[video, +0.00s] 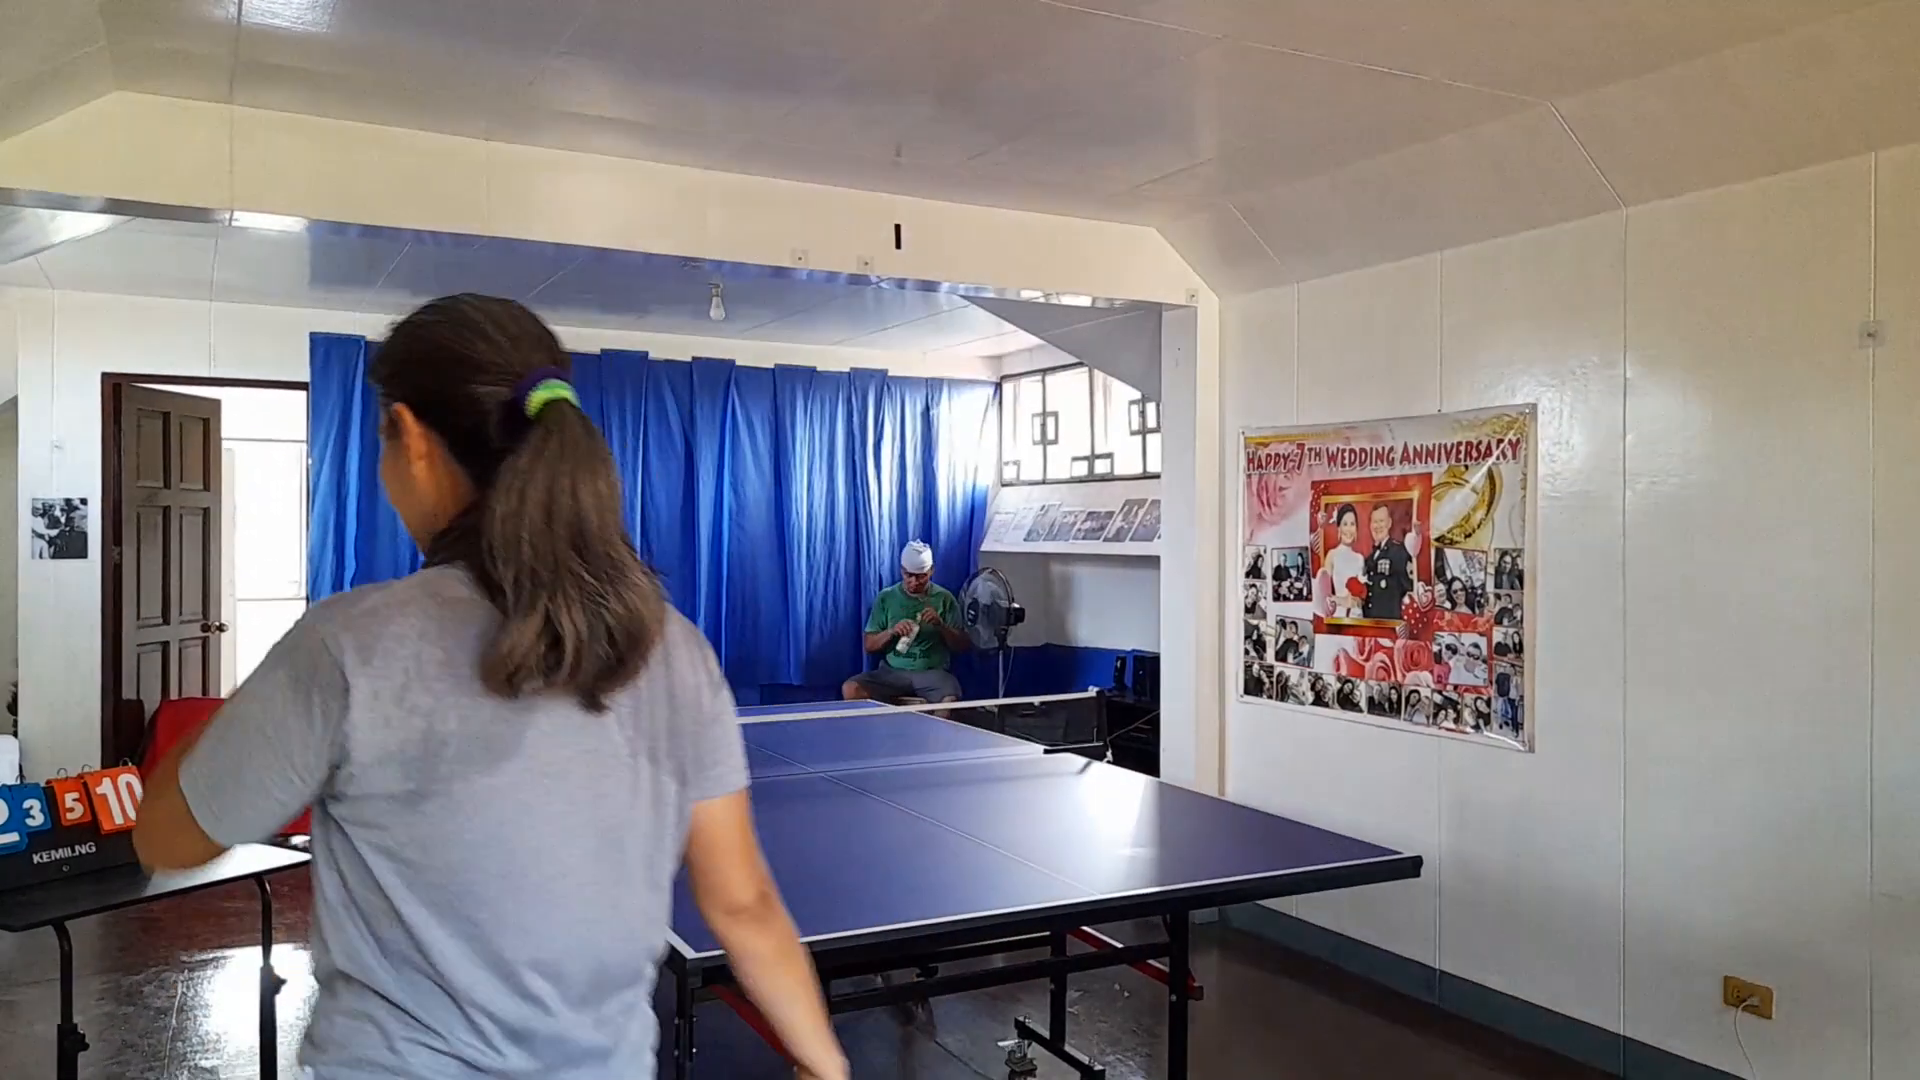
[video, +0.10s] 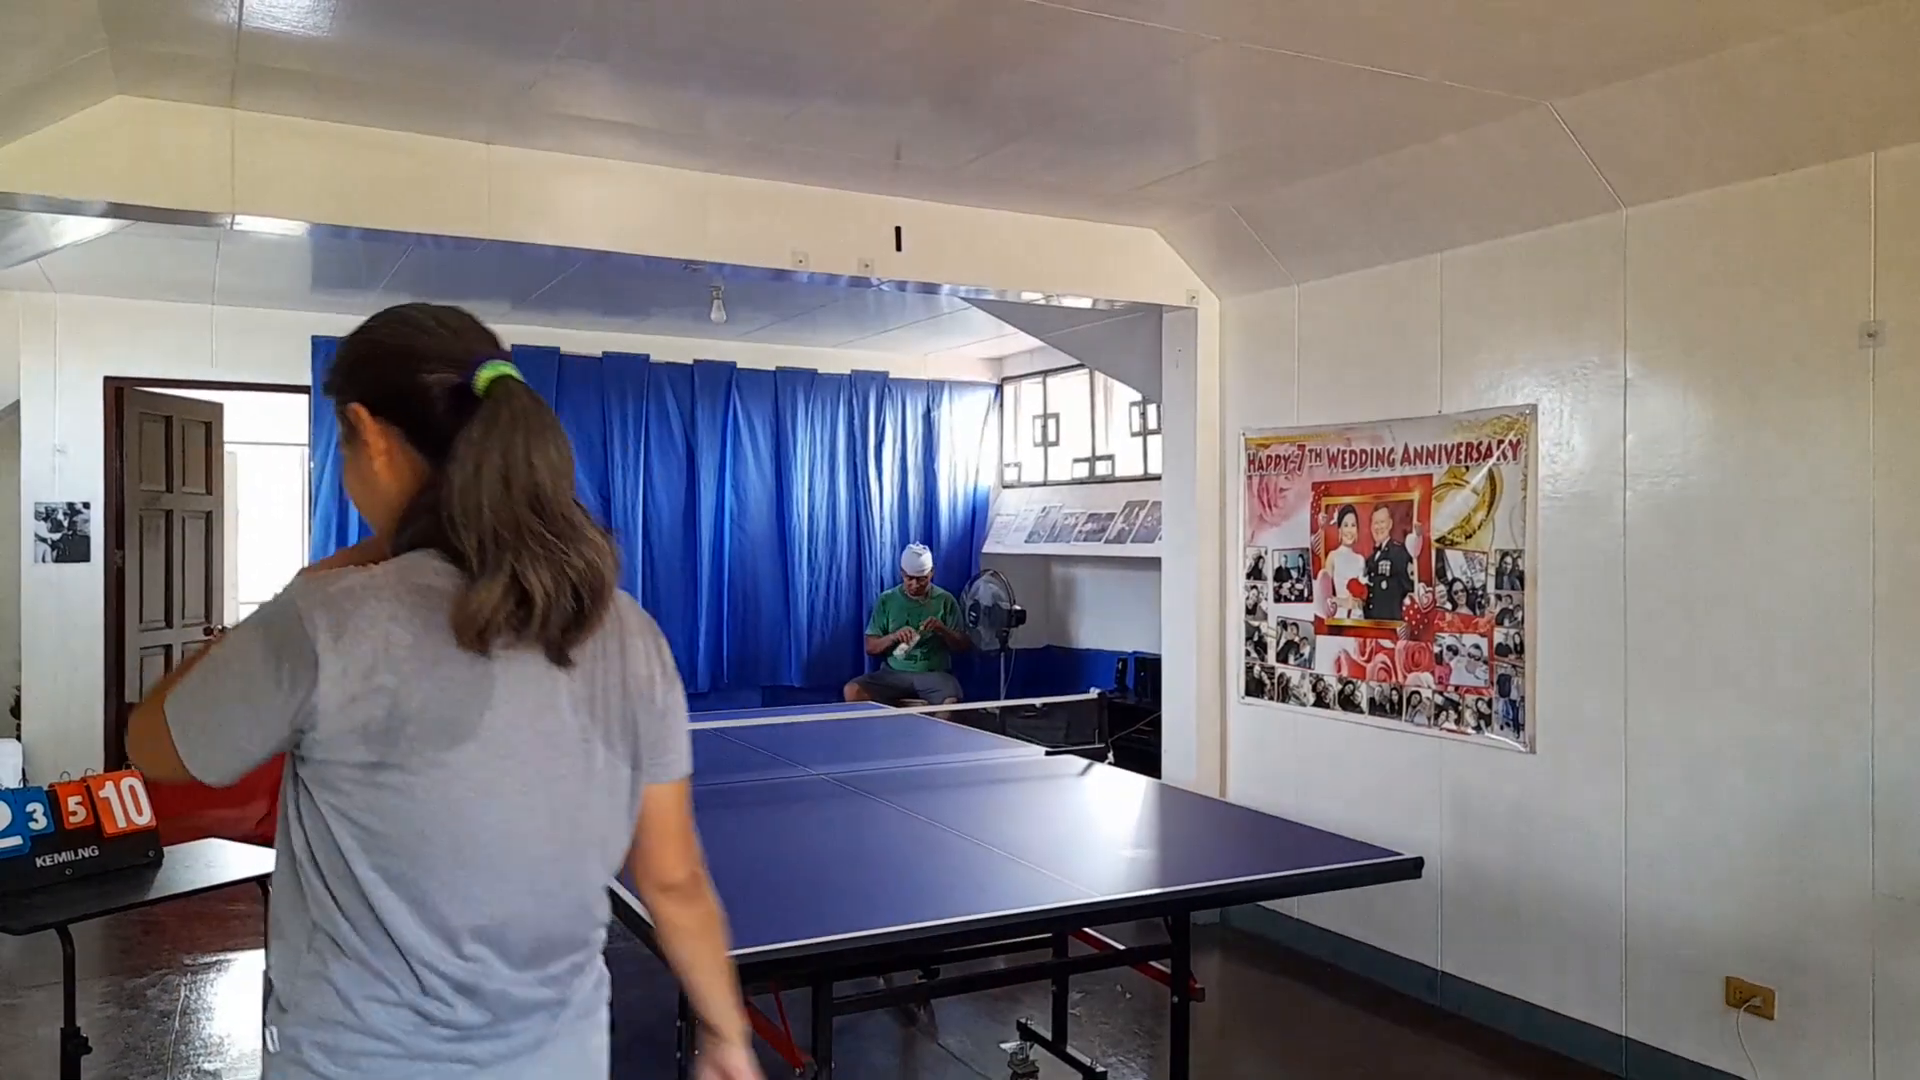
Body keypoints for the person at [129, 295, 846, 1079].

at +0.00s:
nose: (384, 473)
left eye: (384, 443)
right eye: (384, 445)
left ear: (411, 440)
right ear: (551, 430)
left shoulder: (353, 643)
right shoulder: (676, 652)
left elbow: (164, 843)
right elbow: (742, 903)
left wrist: (201, 734)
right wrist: (828, 1067)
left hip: (393, 1062)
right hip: (609, 1065)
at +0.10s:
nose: (347, 472)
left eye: (345, 442)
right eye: (345, 445)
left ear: (374, 439)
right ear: (496, 430)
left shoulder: (327, 625)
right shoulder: (629, 640)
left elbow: (152, 744)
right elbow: (673, 877)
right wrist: (726, 1033)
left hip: (354, 1060)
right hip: (559, 1059)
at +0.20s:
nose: (308, 483)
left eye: (302, 453)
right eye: (301, 456)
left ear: (330, 442)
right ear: (458, 427)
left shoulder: (301, 609)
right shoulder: (590, 623)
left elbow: (132, 683)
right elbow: (606, 856)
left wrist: (280, 577)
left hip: (327, 1052)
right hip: (523, 1047)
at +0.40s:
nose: (233, 509)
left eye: (226, 479)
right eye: (225, 483)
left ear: (250, 463)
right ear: (372, 446)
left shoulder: (241, 610)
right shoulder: (502, 611)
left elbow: (64, 672)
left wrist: (219, 563)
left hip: (245, 1051)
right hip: (446, 1037)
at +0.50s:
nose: (185, 512)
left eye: (180, 486)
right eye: (180, 489)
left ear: (198, 477)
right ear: (324, 461)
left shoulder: (187, 622)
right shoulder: (445, 618)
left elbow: (16, 685)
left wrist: (175, 563)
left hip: (193, 1051)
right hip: (394, 1037)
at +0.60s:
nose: (132, 500)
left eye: (126, 482)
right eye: (124, 482)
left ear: (147, 480)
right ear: (266, 464)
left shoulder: (123, 625)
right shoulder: (389, 619)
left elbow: (9, 667)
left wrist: (123, 555)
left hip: (122, 1053)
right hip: (334, 1038)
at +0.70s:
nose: (81, 500)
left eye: (77, 477)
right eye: (75, 479)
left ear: (101, 472)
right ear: (210, 460)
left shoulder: (65, 608)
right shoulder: (341, 610)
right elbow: (352, 814)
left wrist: (72, 576)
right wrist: (314, 924)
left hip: (71, 1028)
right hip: (272, 1025)